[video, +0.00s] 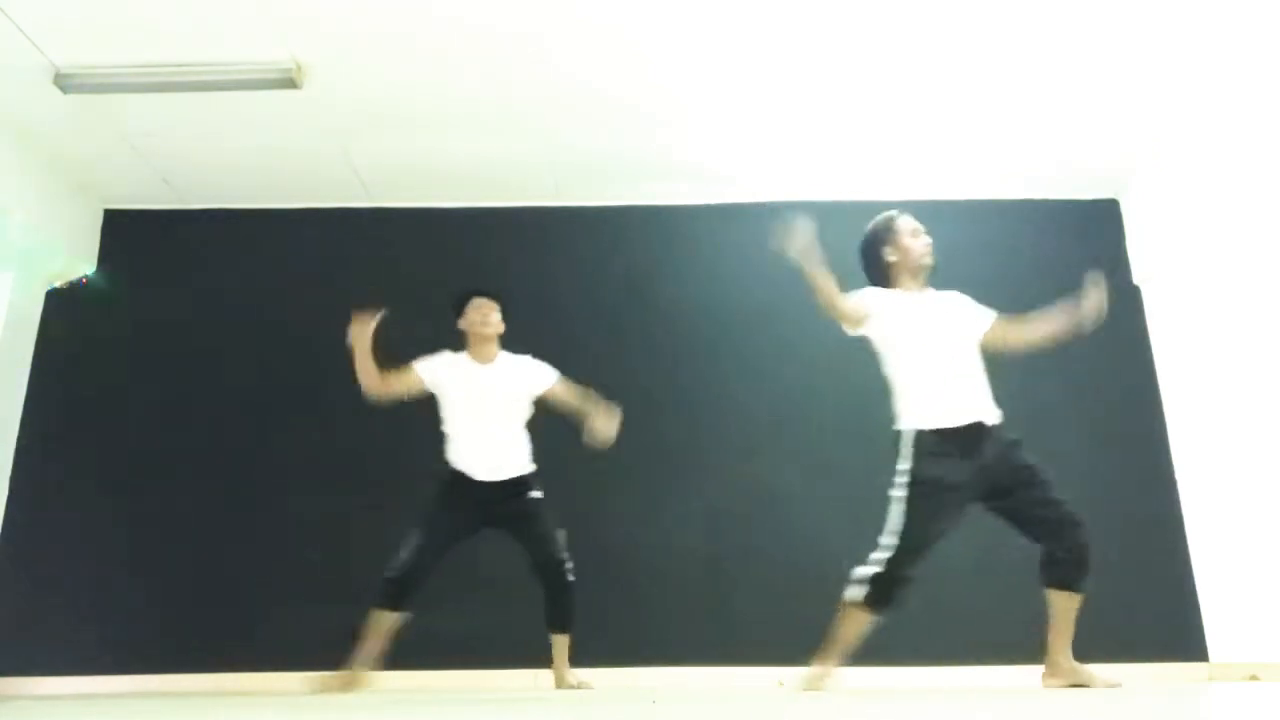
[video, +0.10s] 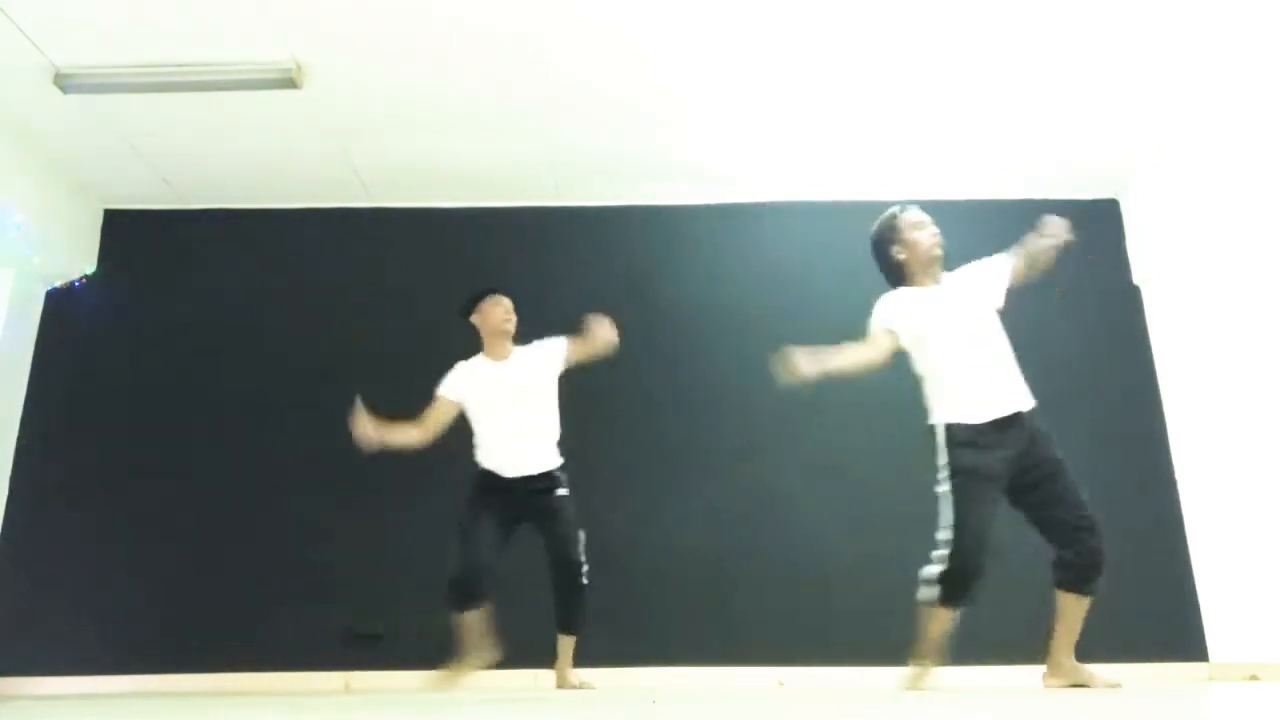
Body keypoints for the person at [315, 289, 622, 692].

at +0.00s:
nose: (491, 318)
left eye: (495, 312)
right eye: (480, 312)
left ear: (503, 322)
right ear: (462, 324)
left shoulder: (525, 370)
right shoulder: (443, 368)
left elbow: (581, 401)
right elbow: (378, 388)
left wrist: (602, 418)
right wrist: (361, 343)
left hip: (519, 491)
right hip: (461, 489)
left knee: (557, 569)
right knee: (406, 570)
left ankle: (563, 672)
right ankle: (359, 669)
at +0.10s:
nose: (508, 312)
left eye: (510, 307)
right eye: (496, 307)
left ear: (515, 317)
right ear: (475, 320)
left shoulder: (545, 354)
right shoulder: (465, 376)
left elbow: (598, 345)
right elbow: (425, 431)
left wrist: (602, 328)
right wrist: (376, 432)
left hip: (548, 482)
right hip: (494, 485)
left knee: (572, 564)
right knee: (473, 562)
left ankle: (565, 670)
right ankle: (478, 648)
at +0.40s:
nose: (507, 283)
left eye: (510, 279)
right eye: (496, 281)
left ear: (522, 287)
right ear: (484, 301)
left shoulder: (547, 308)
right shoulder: (486, 352)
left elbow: (578, 252)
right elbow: (471, 421)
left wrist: (533, 253)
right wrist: (455, 478)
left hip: (571, 438)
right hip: (532, 448)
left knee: (574, 541)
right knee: (547, 550)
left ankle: (593, 652)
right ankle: (597, 649)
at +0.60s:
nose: (480, 327)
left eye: (489, 317)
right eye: (477, 319)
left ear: (512, 320)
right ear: (475, 328)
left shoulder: (541, 345)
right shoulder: (485, 380)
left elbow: (600, 340)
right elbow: (484, 428)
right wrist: (485, 474)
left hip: (575, 465)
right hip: (540, 476)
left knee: (569, 565)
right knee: (509, 567)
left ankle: (609, 666)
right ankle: (577, 640)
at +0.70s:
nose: (476, 337)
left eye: (485, 328)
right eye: (474, 330)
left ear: (509, 332)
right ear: (474, 338)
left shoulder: (537, 370)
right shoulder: (485, 393)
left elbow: (578, 419)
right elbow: (497, 448)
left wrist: (531, 472)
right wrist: (500, 474)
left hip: (568, 481)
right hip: (531, 488)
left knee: (551, 576)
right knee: (470, 550)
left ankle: (607, 669)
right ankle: (519, 644)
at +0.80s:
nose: (472, 329)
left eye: (481, 321)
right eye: (472, 322)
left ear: (506, 327)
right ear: (476, 331)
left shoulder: (522, 371)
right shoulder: (480, 386)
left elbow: (495, 439)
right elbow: (476, 444)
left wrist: (434, 465)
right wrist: (448, 433)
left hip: (545, 489)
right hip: (514, 492)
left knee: (541, 586)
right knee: (441, 550)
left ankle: (605, 668)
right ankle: (409, 657)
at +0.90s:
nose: (467, 318)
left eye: (476, 310)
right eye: (467, 311)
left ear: (500, 316)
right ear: (475, 319)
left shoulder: (503, 357)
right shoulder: (470, 367)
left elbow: (445, 399)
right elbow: (424, 415)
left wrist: (381, 394)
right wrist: (372, 392)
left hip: (500, 486)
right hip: (469, 486)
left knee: (517, 585)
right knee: (394, 562)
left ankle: (600, 656)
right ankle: (341, 666)